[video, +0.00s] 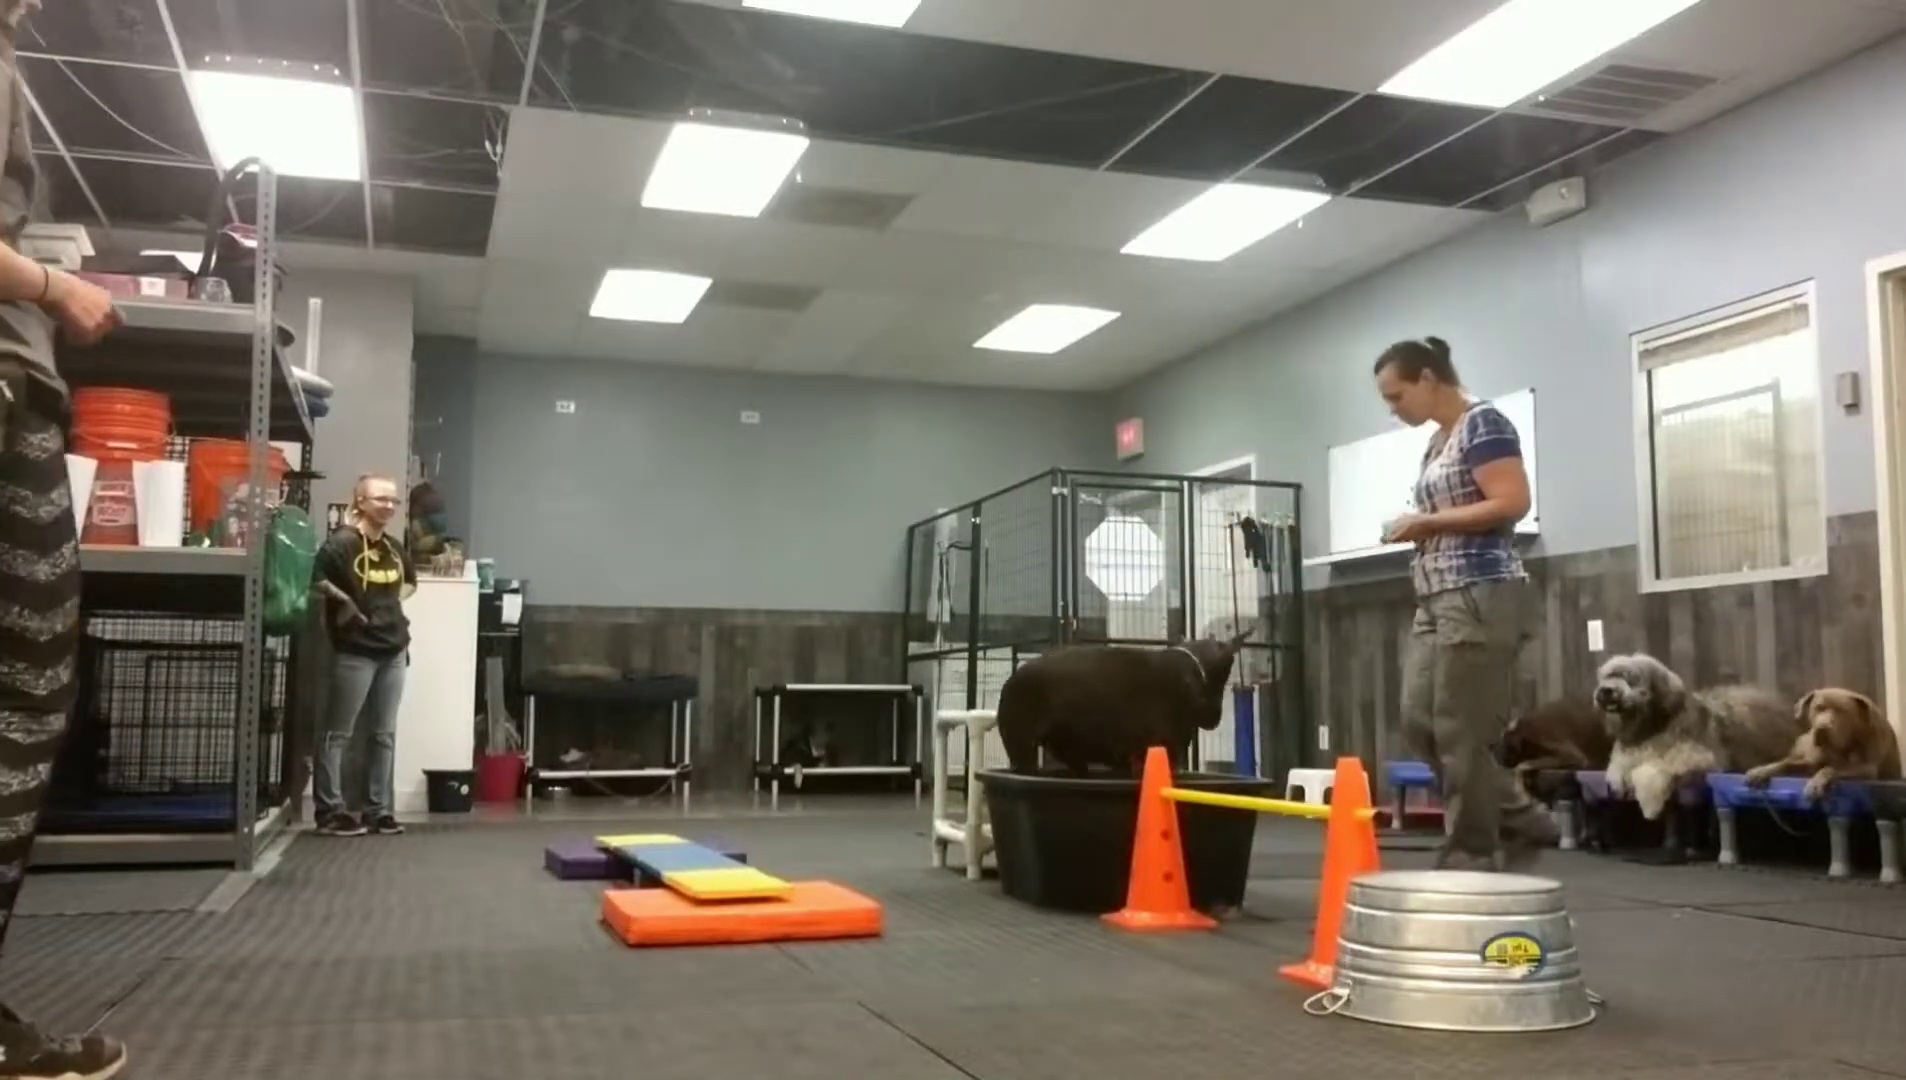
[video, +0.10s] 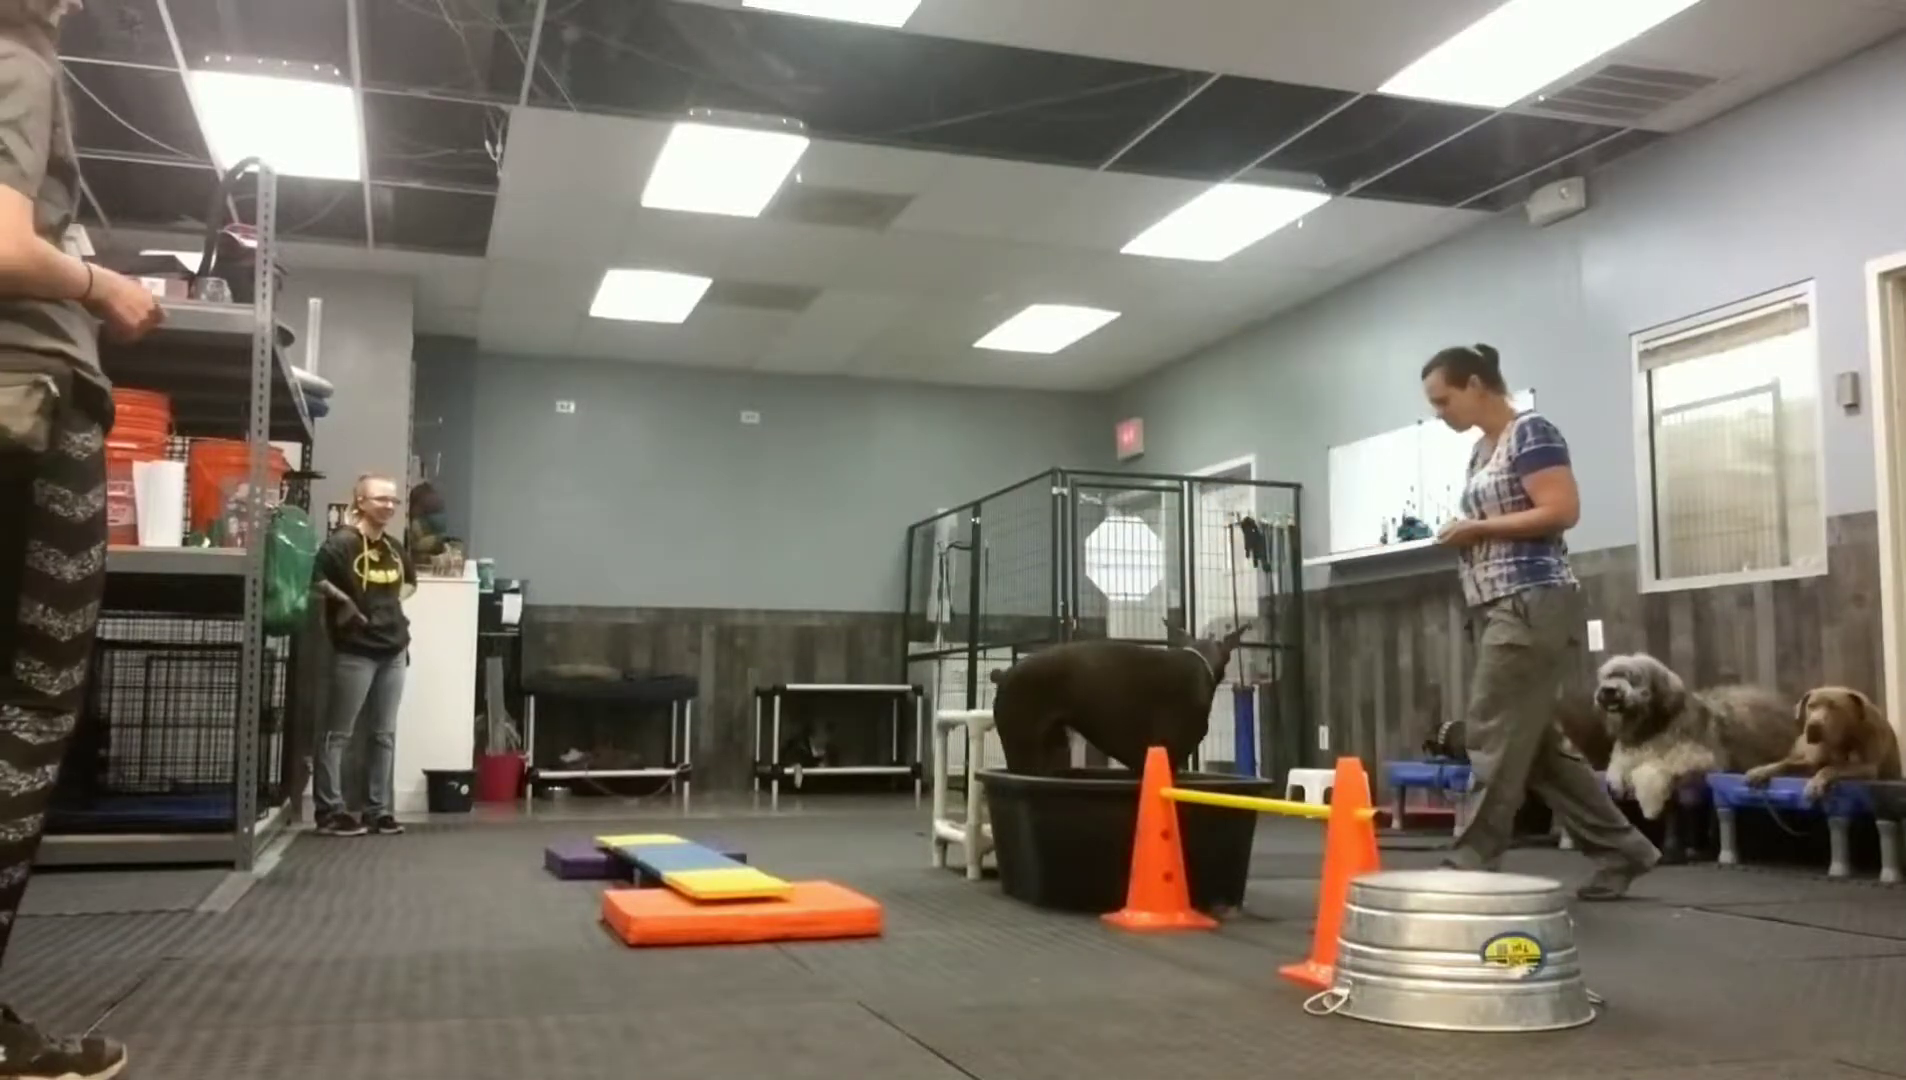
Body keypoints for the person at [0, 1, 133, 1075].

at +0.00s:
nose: (34, 8)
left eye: (33, 7)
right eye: (34, 5)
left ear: (20, 10)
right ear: (21, 3)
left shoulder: (13, 78)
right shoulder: (4, 74)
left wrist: (54, 285)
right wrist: (51, 284)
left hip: (25, 402)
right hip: (13, 405)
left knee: (35, 699)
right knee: (30, 702)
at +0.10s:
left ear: (39, 4)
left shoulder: (39, 69)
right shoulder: (25, 65)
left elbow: (29, 244)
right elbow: (16, 247)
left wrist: (104, 280)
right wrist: (104, 284)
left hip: (53, 401)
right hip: (37, 402)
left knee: (41, 705)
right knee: (36, 707)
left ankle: (5, 1020)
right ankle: (2, 1021)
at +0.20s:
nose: (117, 6)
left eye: (114, 3)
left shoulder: (46, 60)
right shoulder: (42, 57)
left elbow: (36, 247)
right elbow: (26, 245)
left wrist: (127, 284)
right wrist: (137, 283)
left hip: (58, 416)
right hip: (54, 416)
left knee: (42, 719)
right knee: (41, 721)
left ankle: (6, 1018)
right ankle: (2, 1021)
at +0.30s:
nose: (143, 11)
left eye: (140, 5)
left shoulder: (37, 57)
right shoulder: (63, 58)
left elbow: (40, 243)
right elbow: (40, 241)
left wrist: (149, 284)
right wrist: (162, 286)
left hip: (39, 418)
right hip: (64, 422)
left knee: (38, 729)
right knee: (40, 734)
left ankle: (3, 1020)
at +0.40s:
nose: (165, 13)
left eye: (164, 7)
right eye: (158, 2)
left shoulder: (42, 56)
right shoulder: (81, 61)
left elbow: (46, 242)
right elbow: (50, 242)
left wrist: (161, 282)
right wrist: (175, 290)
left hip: (45, 419)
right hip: (68, 423)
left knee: (46, 708)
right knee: (37, 711)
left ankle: (8, 1006)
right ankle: (4, 1012)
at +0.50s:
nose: (177, 14)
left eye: (179, 6)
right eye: (169, 1)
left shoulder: (44, 61)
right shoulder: (86, 68)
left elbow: (48, 249)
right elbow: (50, 249)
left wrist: (170, 282)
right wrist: (187, 289)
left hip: (52, 438)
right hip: (77, 442)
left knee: (38, 709)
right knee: (38, 713)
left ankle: (6, 1010)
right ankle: (2, 1014)